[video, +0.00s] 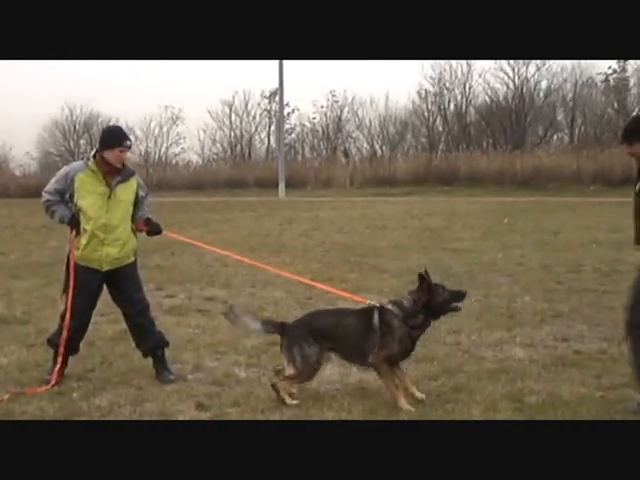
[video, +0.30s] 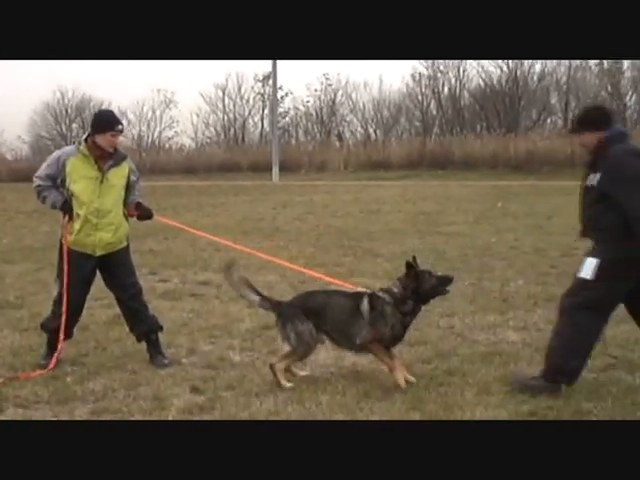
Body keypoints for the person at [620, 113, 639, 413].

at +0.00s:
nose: (630, 153)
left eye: (631, 146)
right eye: (629, 147)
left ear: (636, 145)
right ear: (630, 146)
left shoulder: (636, 184)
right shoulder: (635, 184)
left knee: (633, 323)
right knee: (632, 323)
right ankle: (634, 376)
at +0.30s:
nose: (579, 143)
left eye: (581, 136)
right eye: (577, 137)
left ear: (597, 132)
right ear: (600, 132)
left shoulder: (617, 161)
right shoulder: (609, 158)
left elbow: (622, 211)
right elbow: (613, 207)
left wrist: (605, 248)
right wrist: (600, 241)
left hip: (616, 251)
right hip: (618, 250)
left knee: (580, 306)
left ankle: (555, 377)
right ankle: (556, 376)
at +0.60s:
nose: (529, 144)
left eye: (529, 138)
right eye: (527, 139)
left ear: (539, 132)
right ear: (556, 126)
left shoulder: (554, 144)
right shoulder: (594, 146)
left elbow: (525, 161)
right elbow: (616, 190)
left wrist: (481, 157)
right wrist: (613, 226)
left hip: (584, 239)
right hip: (613, 236)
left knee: (547, 300)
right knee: (608, 299)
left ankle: (532, 377)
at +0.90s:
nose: (534, 131)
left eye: (535, 124)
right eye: (532, 125)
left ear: (550, 120)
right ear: (553, 120)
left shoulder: (569, 144)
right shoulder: (574, 141)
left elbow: (589, 188)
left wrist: (595, 233)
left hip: (558, 233)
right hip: (575, 236)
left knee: (516, 288)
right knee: (590, 299)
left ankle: (505, 365)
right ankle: (620, 363)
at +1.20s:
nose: (489, 137)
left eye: (489, 131)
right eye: (487, 131)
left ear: (499, 126)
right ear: (522, 120)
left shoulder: (511, 140)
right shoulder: (557, 145)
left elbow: (509, 173)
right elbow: (569, 192)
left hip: (532, 241)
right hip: (572, 239)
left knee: (500, 300)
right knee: (584, 297)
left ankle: (477, 369)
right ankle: (609, 360)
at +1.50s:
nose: (486, 134)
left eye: (486, 128)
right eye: (484, 128)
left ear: (497, 123)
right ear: (517, 118)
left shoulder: (506, 138)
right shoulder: (549, 146)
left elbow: (490, 167)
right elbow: (573, 195)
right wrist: (563, 236)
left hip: (515, 240)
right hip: (553, 240)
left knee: (476, 296)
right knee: (555, 298)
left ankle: (462, 369)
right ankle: (592, 359)